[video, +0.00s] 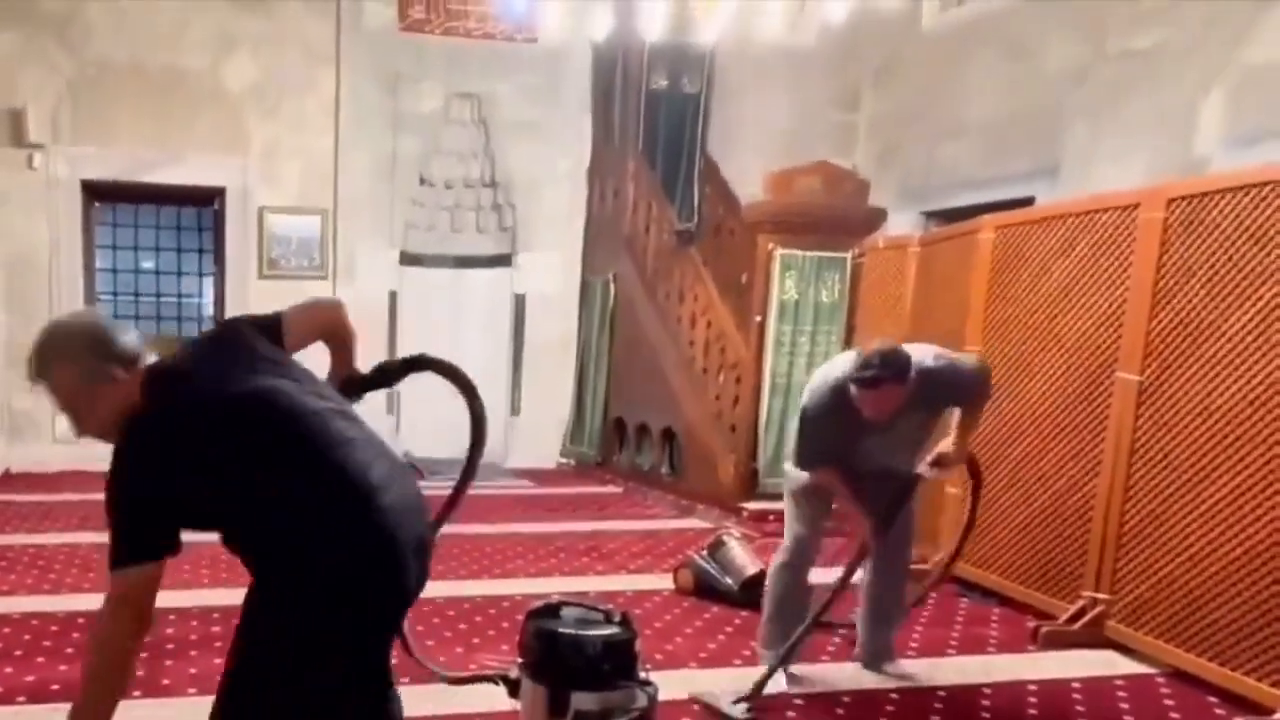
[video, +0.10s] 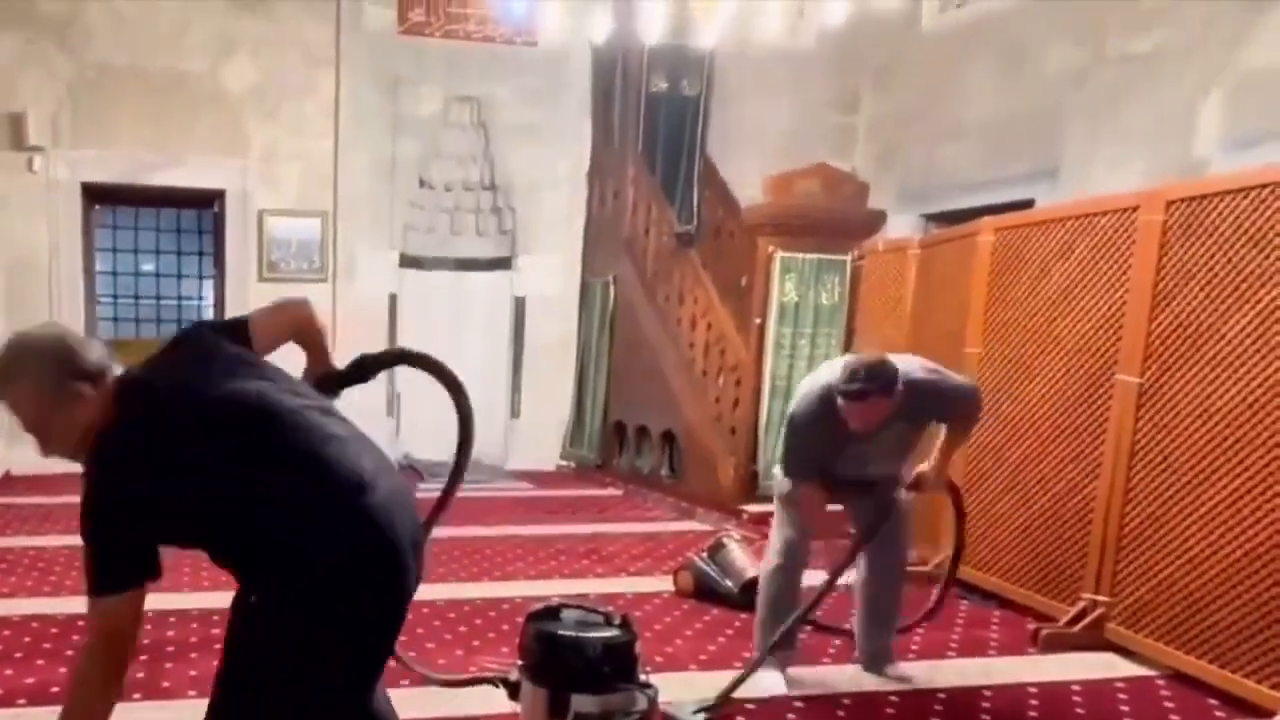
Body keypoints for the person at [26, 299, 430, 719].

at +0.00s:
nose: (78, 428)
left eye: (74, 408)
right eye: (68, 413)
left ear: (109, 377)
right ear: (128, 361)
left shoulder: (142, 456)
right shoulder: (228, 342)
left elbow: (129, 612)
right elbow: (331, 313)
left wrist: (87, 712)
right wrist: (345, 370)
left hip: (323, 566)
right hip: (403, 522)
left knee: (250, 709)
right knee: (358, 694)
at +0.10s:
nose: (37, 443)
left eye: (36, 423)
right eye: (28, 428)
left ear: (81, 393)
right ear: (98, 378)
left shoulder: (116, 475)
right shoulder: (196, 348)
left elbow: (113, 638)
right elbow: (299, 312)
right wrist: (322, 365)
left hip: (316, 569)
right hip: (392, 518)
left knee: (249, 706)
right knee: (346, 696)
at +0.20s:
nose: (26, 462)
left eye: (19, 443)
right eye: (15, 448)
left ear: (60, 408)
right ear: (75, 383)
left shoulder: (104, 488)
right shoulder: (173, 347)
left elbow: (111, 646)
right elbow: (281, 313)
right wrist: (302, 360)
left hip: (328, 569)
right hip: (385, 512)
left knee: (249, 707)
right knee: (329, 700)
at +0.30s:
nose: (17, 464)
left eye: (12, 445)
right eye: (8, 451)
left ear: (52, 403)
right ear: (64, 384)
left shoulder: (99, 495)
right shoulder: (161, 344)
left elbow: (112, 652)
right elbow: (275, 315)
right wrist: (295, 367)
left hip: (324, 573)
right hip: (379, 508)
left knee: (262, 708)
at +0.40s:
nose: (17, 452)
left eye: (14, 433)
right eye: (8, 441)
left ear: (56, 388)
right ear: (67, 375)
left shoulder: (105, 486)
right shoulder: (162, 339)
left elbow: (125, 653)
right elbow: (275, 314)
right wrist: (295, 368)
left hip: (317, 582)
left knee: (263, 708)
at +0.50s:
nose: (11, 431)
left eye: (11, 408)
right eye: (4, 415)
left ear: (64, 372)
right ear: (73, 362)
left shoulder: (117, 470)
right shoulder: (164, 332)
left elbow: (156, 632)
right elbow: (277, 313)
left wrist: (97, 711)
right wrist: (301, 376)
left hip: (300, 593)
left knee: (240, 709)